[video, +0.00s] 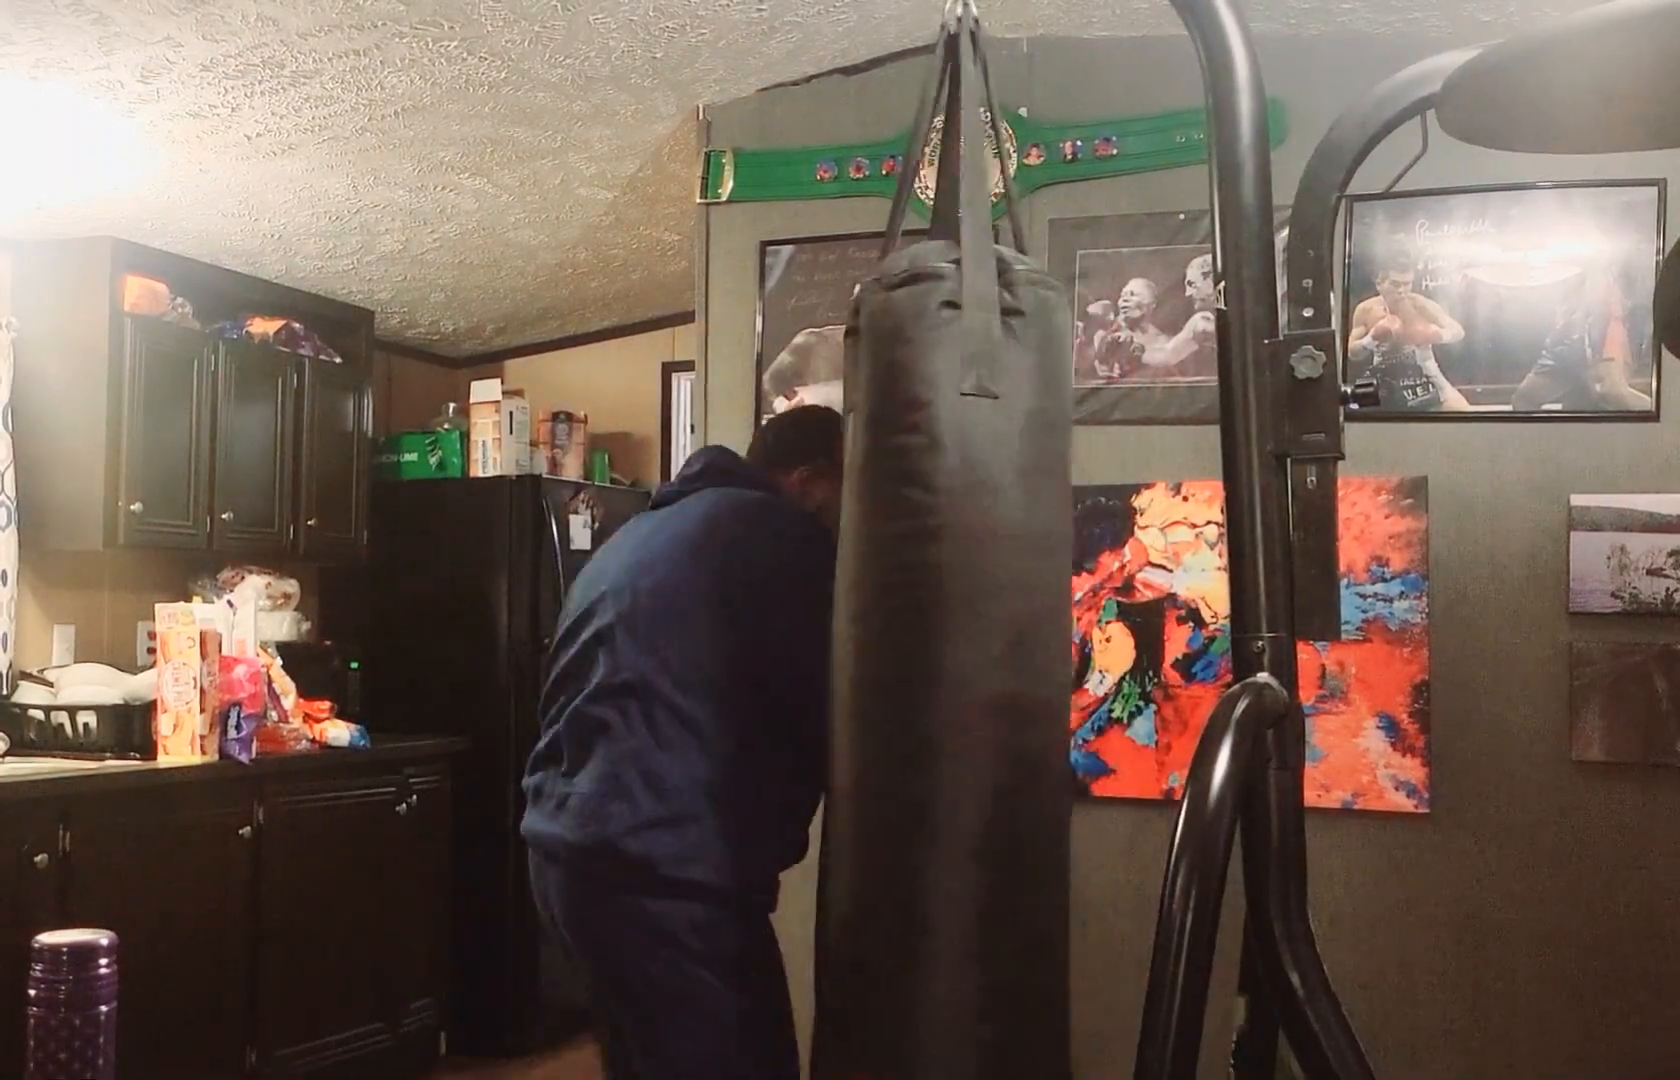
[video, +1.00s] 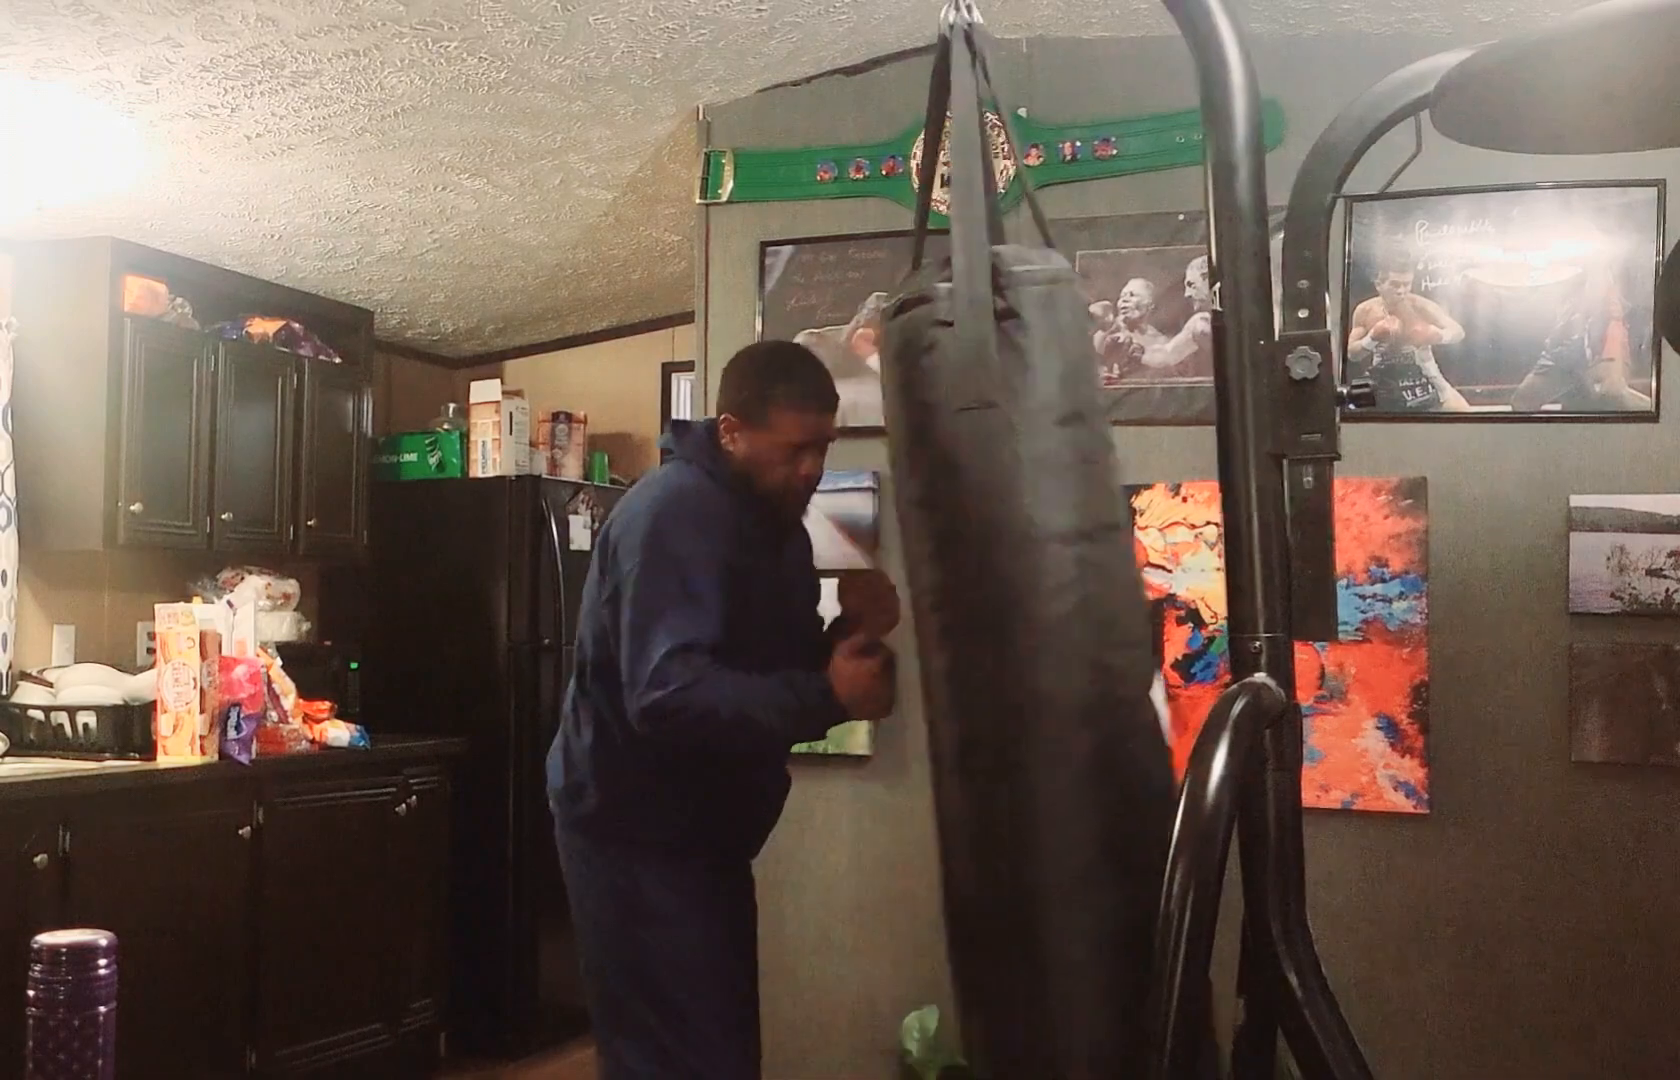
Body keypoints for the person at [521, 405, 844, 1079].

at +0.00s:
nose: (833, 524)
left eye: (840, 511)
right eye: (837, 507)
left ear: (753, 465)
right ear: (805, 480)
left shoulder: (634, 533)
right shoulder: (790, 534)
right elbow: (814, 711)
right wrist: (775, 842)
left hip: (563, 847)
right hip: (681, 860)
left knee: (643, 1059)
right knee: (751, 1063)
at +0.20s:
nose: (840, 488)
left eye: (845, 467)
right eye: (837, 465)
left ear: (782, 449)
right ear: (787, 449)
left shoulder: (713, 493)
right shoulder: (728, 505)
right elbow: (763, 682)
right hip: (638, 836)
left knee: (689, 1052)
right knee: (700, 1057)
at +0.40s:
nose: (802, 477)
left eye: (811, 456)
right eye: (789, 455)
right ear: (728, 430)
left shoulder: (752, 498)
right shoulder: (644, 492)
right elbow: (635, 663)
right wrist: (760, 536)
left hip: (719, 808)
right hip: (634, 815)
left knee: (739, 1029)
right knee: (672, 1041)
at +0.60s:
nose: (803, 502)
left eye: (810, 479)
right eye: (785, 483)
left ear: (819, 460)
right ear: (722, 463)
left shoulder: (789, 541)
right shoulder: (629, 542)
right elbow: (544, 697)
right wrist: (681, 677)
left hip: (737, 821)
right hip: (638, 830)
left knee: (742, 1030)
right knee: (671, 1041)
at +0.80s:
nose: (831, 463)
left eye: (837, 442)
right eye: (814, 445)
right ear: (748, 426)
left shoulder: (792, 501)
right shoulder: (686, 504)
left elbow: (833, 628)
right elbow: (659, 679)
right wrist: (811, 671)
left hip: (718, 811)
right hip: (642, 816)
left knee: (723, 1039)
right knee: (675, 1045)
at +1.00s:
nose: (815, 469)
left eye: (822, 448)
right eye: (798, 450)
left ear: (830, 432)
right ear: (733, 432)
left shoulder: (770, 510)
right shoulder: (676, 506)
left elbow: (784, 667)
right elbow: (663, 692)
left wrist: (847, 633)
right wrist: (828, 697)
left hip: (707, 829)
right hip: (637, 835)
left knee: (726, 1049)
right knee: (675, 1052)